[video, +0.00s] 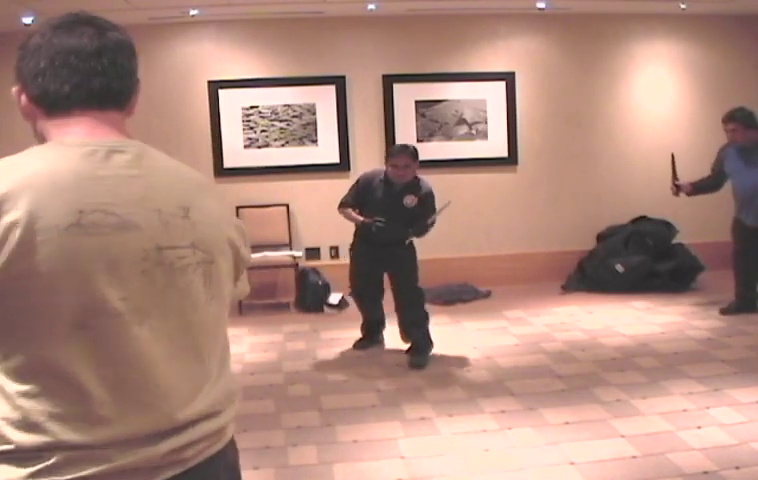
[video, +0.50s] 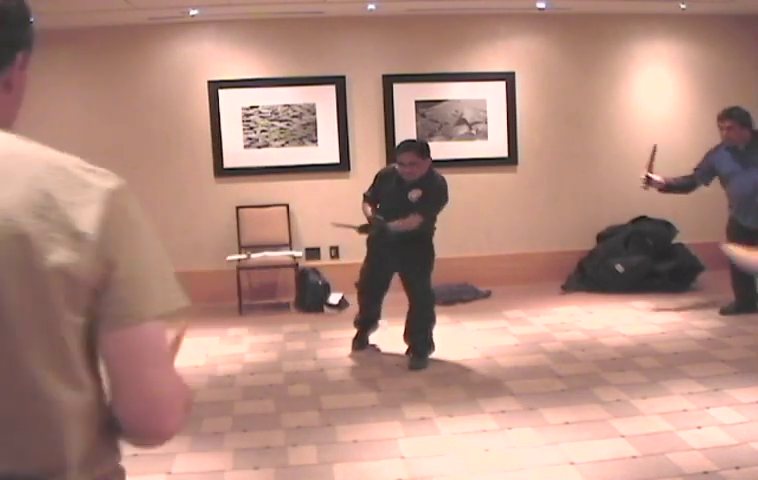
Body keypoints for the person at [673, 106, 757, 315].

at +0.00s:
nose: (730, 136)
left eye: (734, 130)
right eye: (727, 131)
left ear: (750, 130)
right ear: (726, 131)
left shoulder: (754, 152)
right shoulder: (728, 153)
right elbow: (716, 181)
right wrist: (689, 187)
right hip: (744, 218)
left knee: (751, 259)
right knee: (743, 259)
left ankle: (750, 300)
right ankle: (744, 300)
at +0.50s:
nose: (725, 135)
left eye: (730, 128)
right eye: (722, 129)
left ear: (745, 128)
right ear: (721, 130)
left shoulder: (755, 148)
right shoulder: (719, 155)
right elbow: (694, 180)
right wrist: (664, 184)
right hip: (741, 222)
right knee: (739, 261)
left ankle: (751, 300)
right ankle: (744, 300)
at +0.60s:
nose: (723, 133)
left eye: (728, 127)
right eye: (720, 128)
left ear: (744, 126)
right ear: (718, 129)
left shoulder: (755, 146)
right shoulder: (717, 153)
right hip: (740, 219)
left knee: (751, 260)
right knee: (739, 260)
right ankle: (742, 301)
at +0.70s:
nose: (722, 132)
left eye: (727, 125)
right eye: (719, 127)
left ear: (742, 125)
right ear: (717, 129)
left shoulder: (755, 145)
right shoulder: (716, 151)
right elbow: (690, 168)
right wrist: (668, 176)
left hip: (755, 217)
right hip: (739, 217)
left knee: (751, 261)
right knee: (739, 262)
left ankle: (751, 301)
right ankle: (745, 301)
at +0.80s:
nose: (723, 129)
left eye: (728, 123)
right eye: (720, 124)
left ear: (743, 124)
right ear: (718, 127)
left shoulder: (754, 145)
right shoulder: (718, 150)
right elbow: (697, 167)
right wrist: (682, 176)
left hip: (754, 218)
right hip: (738, 218)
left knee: (752, 261)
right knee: (739, 261)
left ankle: (751, 301)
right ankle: (743, 301)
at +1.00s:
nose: (731, 126)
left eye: (736, 120)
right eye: (729, 121)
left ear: (751, 121)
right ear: (727, 123)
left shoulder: (754, 146)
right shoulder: (726, 148)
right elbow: (705, 179)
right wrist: (710, 191)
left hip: (754, 216)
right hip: (739, 217)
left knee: (750, 260)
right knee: (739, 260)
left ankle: (750, 300)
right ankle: (743, 300)